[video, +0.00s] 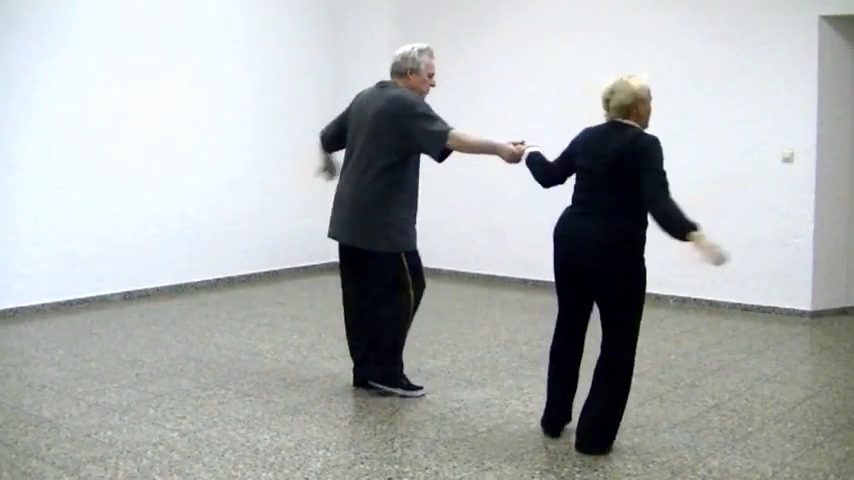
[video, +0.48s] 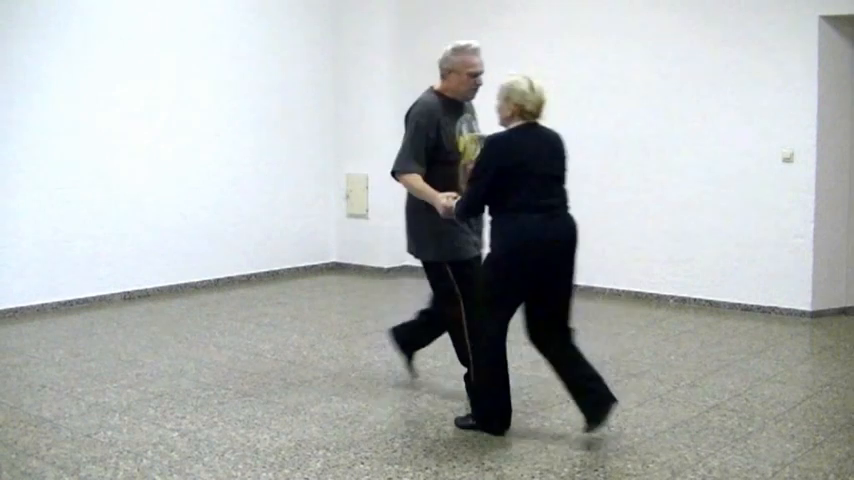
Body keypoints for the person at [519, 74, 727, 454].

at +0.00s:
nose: (652, 108)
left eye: (650, 101)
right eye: (648, 103)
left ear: (610, 107)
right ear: (638, 108)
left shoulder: (588, 138)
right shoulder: (646, 145)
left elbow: (548, 175)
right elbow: (657, 200)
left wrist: (530, 154)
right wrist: (693, 234)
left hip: (572, 250)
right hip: (620, 258)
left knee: (569, 330)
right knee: (618, 346)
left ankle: (554, 420)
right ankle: (594, 438)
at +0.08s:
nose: (640, 113)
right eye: (640, 108)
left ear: (604, 107)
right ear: (637, 110)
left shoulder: (582, 137)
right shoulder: (646, 146)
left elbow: (538, 173)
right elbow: (675, 199)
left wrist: (518, 154)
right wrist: (728, 227)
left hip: (569, 249)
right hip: (622, 256)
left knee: (559, 328)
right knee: (617, 344)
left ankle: (544, 417)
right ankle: (597, 438)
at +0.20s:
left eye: (583, 99)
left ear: (583, 105)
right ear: (617, 107)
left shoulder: (564, 139)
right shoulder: (633, 146)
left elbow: (519, 180)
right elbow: (682, 191)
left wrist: (494, 166)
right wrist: (733, 190)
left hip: (561, 250)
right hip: (614, 256)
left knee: (536, 328)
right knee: (613, 341)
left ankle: (521, 413)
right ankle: (607, 438)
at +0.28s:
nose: (560, 110)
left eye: (561, 105)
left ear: (563, 108)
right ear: (597, 108)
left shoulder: (545, 142)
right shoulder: (614, 146)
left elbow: (506, 188)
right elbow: (662, 185)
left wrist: (482, 176)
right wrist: (683, 167)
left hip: (550, 254)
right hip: (602, 258)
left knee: (522, 330)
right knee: (607, 339)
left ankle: (501, 413)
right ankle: (613, 436)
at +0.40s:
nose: (520, 111)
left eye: (522, 106)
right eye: (523, 105)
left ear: (528, 109)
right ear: (559, 109)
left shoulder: (514, 145)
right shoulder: (577, 144)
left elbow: (481, 201)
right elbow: (603, 179)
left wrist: (464, 191)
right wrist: (572, 165)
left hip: (526, 257)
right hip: (575, 257)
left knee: (500, 334)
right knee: (581, 336)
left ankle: (491, 418)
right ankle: (615, 421)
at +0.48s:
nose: (496, 107)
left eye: (500, 102)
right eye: (498, 101)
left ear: (513, 106)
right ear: (533, 107)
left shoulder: (499, 144)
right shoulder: (553, 141)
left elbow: (472, 205)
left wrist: (457, 206)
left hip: (513, 246)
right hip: (558, 242)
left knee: (486, 326)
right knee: (547, 328)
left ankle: (491, 416)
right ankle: (596, 400)